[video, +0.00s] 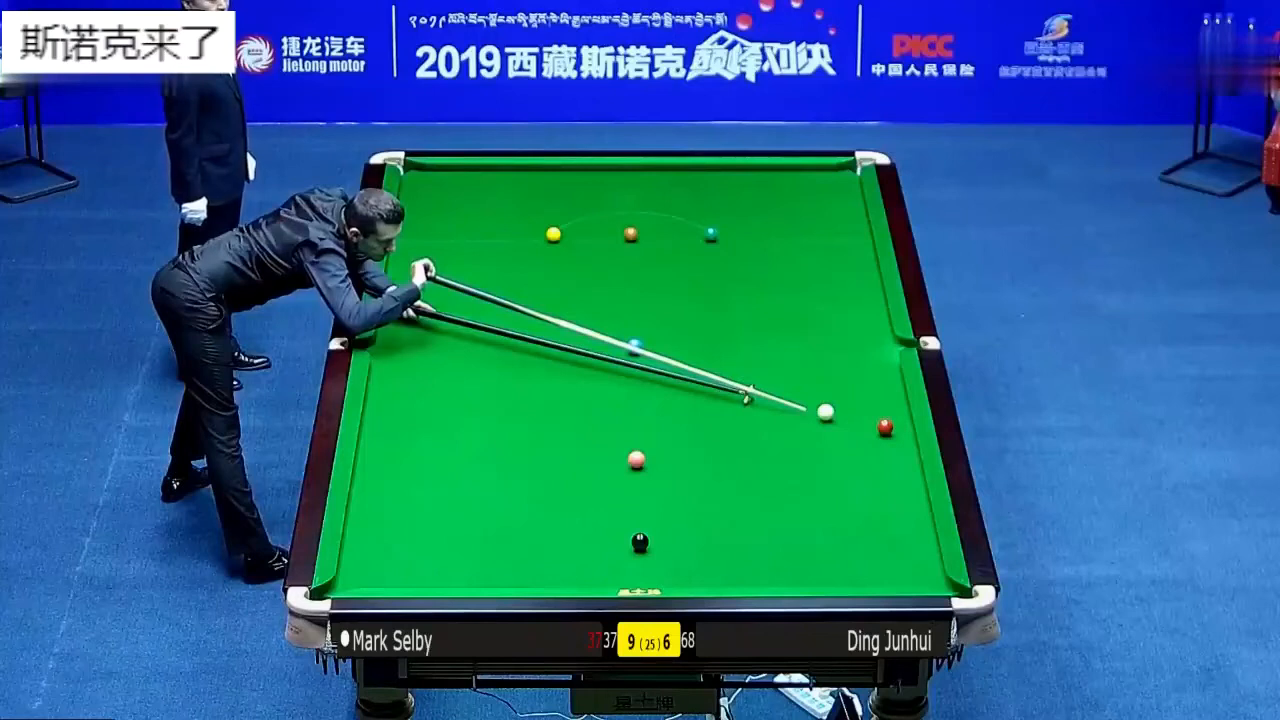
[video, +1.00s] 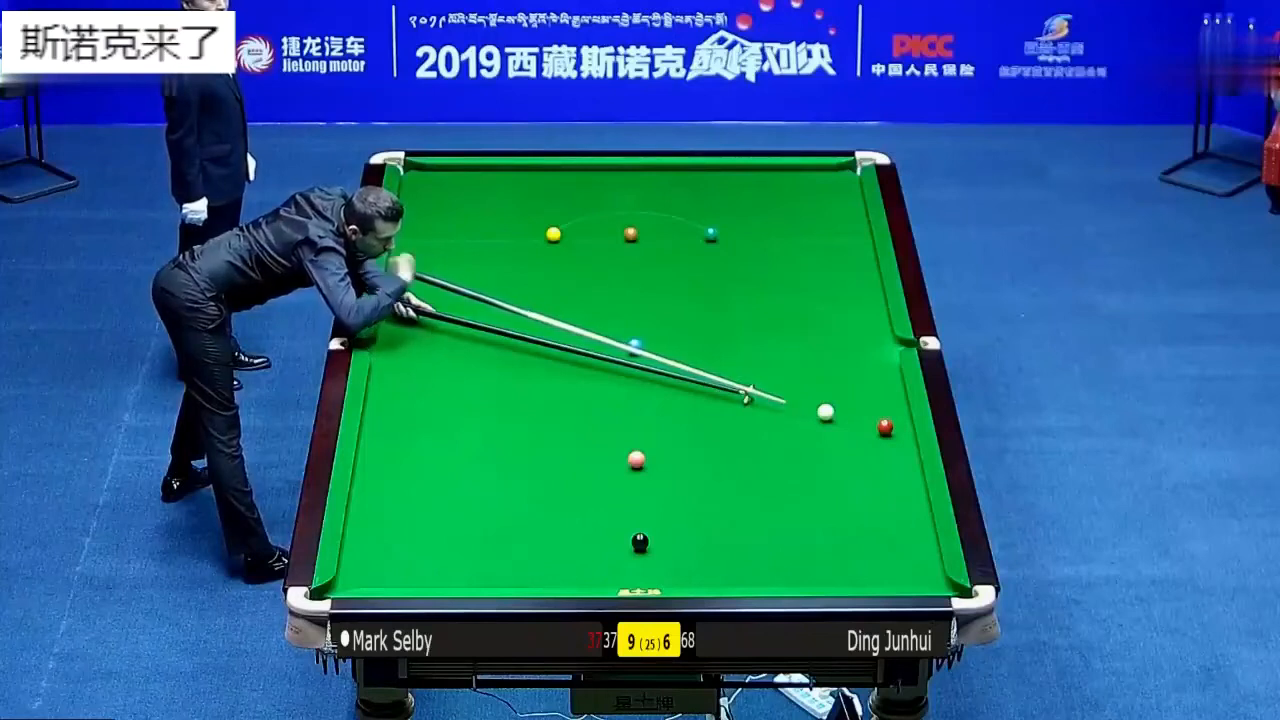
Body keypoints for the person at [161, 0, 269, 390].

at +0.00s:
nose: (224, 8)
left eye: (224, 4)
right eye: (215, 3)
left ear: (220, 11)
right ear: (191, 7)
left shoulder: (217, 54)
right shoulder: (185, 66)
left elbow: (227, 113)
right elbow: (180, 135)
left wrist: (241, 153)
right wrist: (190, 195)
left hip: (227, 183)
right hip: (205, 190)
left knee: (219, 267)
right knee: (204, 273)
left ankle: (216, 347)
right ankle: (213, 352)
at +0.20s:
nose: (225, 9)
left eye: (225, 4)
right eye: (216, 3)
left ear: (220, 10)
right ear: (191, 7)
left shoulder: (217, 53)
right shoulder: (184, 65)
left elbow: (227, 114)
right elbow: (181, 135)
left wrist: (242, 154)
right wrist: (191, 195)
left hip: (227, 183)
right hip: (205, 190)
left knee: (220, 268)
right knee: (203, 274)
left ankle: (217, 346)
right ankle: (210, 353)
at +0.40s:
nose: (225, 9)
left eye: (225, 4)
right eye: (216, 3)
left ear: (221, 10)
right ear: (192, 7)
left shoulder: (217, 53)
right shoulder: (184, 65)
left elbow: (227, 114)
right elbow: (181, 135)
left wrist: (243, 154)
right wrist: (191, 195)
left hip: (227, 183)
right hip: (205, 190)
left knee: (220, 268)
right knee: (203, 274)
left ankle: (218, 346)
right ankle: (208, 353)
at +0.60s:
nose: (225, 9)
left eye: (225, 4)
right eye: (216, 3)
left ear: (221, 10)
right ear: (192, 7)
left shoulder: (217, 54)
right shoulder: (184, 66)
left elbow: (227, 114)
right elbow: (181, 135)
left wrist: (243, 154)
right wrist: (191, 195)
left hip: (227, 183)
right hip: (205, 190)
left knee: (220, 268)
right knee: (203, 274)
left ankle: (218, 346)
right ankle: (208, 353)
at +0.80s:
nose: (224, 9)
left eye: (224, 4)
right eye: (215, 3)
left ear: (220, 10)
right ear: (191, 7)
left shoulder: (217, 54)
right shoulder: (184, 66)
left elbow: (228, 113)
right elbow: (181, 136)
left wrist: (242, 154)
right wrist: (191, 195)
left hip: (227, 184)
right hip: (205, 191)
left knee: (220, 268)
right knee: (203, 274)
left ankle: (218, 347)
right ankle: (210, 353)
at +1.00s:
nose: (223, 9)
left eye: (224, 4)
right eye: (214, 4)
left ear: (220, 11)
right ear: (190, 7)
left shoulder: (217, 56)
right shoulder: (185, 67)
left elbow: (228, 114)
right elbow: (181, 136)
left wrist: (242, 153)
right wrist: (191, 195)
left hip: (227, 185)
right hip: (205, 191)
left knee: (220, 269)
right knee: (203, 274)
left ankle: (219, 347)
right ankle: (208, 354)